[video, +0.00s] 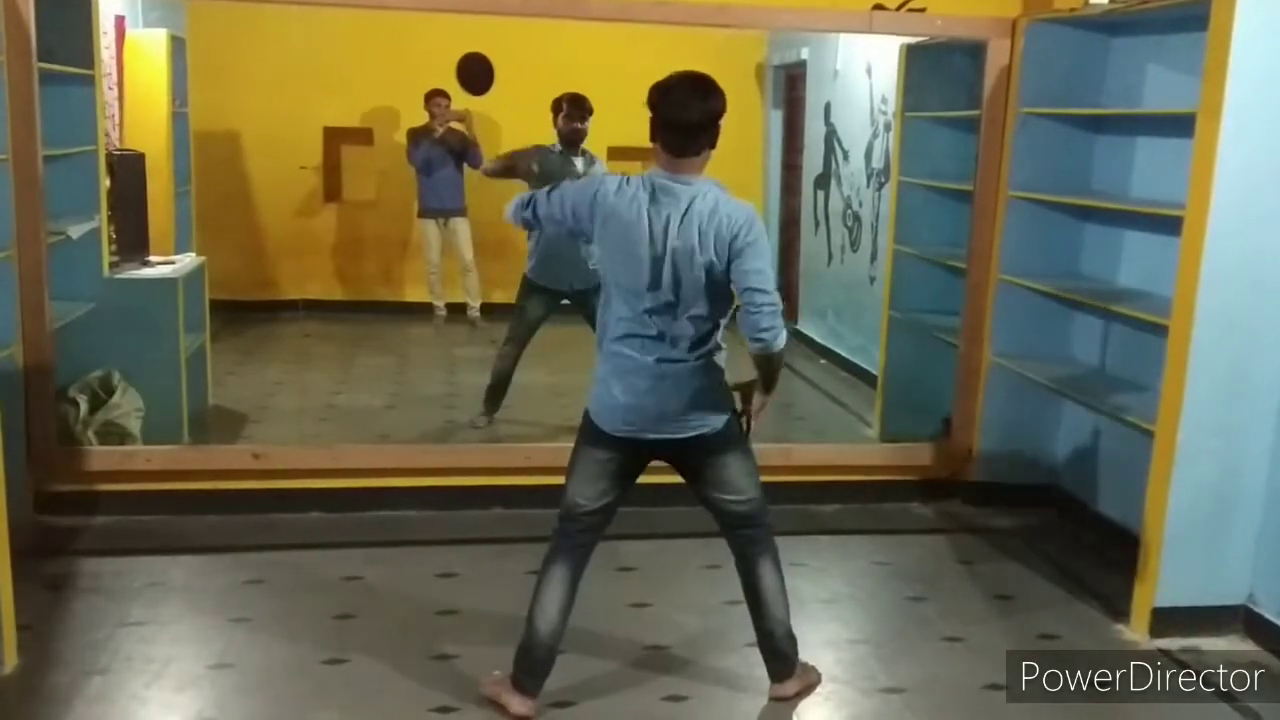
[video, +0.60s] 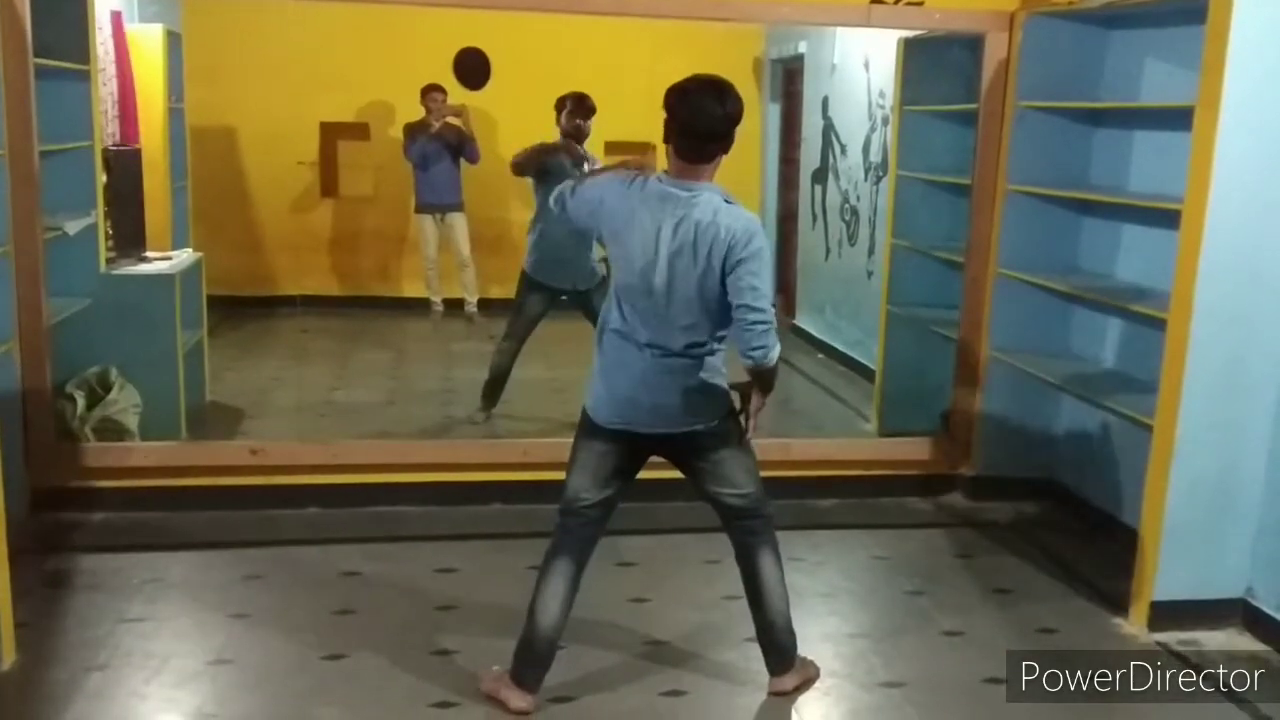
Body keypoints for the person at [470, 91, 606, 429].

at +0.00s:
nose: (577, 126)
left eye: (583, 120)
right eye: (570, 119)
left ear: (590, 123)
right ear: (556, 121)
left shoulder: (598, 168)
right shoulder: (537, 159)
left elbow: (616, 211)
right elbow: (489, 167)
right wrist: (518, 165)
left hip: (591, 278)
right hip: (544, 276)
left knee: (624, 346)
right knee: (512, 347)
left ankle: (635, 423)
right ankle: (488, 411)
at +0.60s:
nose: (580, 123)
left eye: (586, 117)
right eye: (574, 115)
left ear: (593, 122)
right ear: (559, 117)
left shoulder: (595, 166)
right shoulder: (546, 156)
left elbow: (612, 208)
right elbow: (518, 166)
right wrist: (558, 149)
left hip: (588, 271)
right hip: (543, 269)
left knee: (622, 339)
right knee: (512, 340)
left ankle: (630, 415)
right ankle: (486, 407)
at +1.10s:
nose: (650, 159)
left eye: (653, 152)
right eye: (647, 150)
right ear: (627, 144)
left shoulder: (627, 183)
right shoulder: (602, 168)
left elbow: (611, 225)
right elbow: (554, 171)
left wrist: (621, 263)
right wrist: (604, 165)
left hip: (597, 270)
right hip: (564, 266)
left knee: (635, 333)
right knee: (551, 339)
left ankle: (626, 408)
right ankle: (513, 308)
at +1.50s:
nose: (584, 133)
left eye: (588, 127)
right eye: (576, 128)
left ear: (594, 131)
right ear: (561, 132)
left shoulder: (601, 179)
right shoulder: (549, 160)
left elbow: (611, 223)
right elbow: (531, 207)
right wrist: (551, 241)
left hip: (585, 281)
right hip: (541, 280)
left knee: (615, 355)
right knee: (506, 349)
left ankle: (628, 427)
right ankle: (488, 418)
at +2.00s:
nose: (562, 170)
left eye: (568, 163)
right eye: (555, 164)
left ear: (577, 164)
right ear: (543, 166)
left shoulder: (601, 202)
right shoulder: (535, 203)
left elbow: (639, 228)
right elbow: (528, 252)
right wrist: (533, 291)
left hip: (596, 311)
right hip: (553, 309)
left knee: (623, 372)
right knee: (509, 363)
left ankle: (621, 440)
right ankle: (498, 443)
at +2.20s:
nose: (562, 179)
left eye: (567, 172)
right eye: (554, 173)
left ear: (576, 172)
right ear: (543, 176)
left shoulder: (596, 213)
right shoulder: (536, 215)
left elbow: (621, 252)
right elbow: (533, 260)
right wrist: (537, 298)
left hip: (593, 317)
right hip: (552, 316)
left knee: (624, 381)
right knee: (511, 372)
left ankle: (626, 446)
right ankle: (500, 450)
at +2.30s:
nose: (558, 183)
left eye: (563, 176)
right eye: (551, 178)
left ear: (575, 176)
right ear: (542, 180)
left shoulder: (595, 216)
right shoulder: (538, 218)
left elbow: (609, 254)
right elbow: (536, 265)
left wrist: (613, 211)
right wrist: (538, 303)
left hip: (593, 319)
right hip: (552, 318)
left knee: (627, 384)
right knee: (513, 376)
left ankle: (635, 450)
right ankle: (502, 453)